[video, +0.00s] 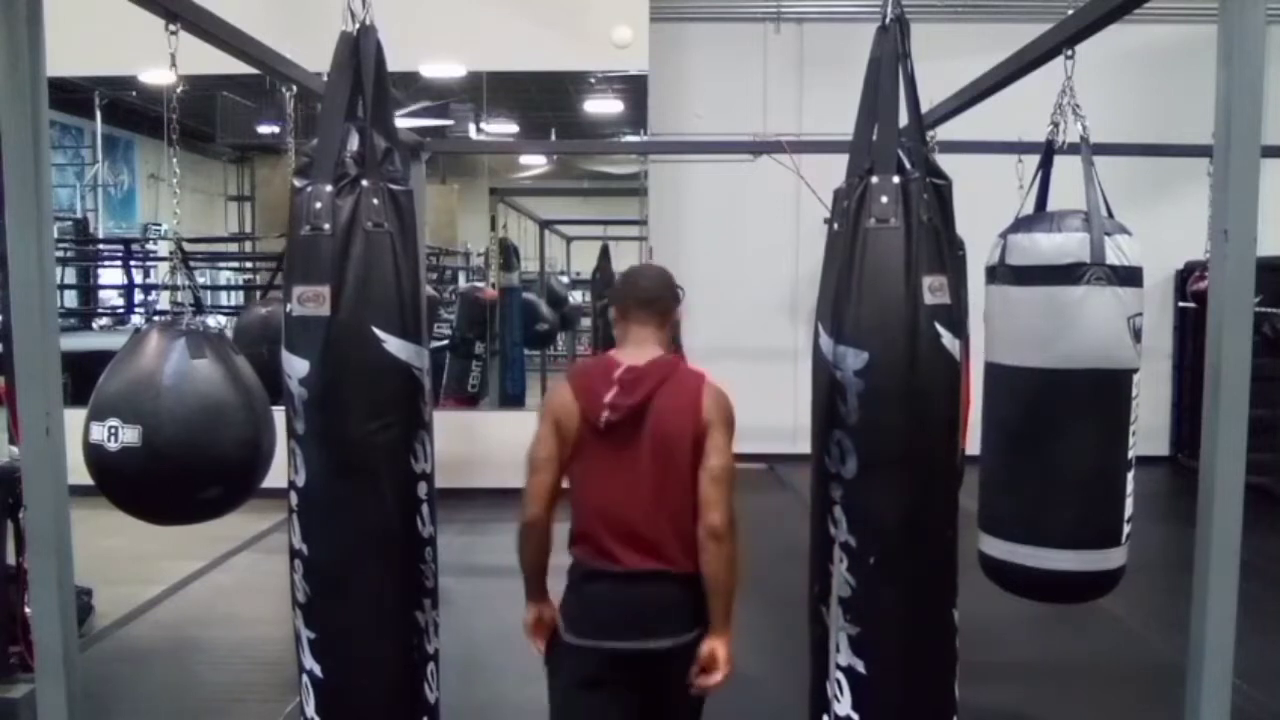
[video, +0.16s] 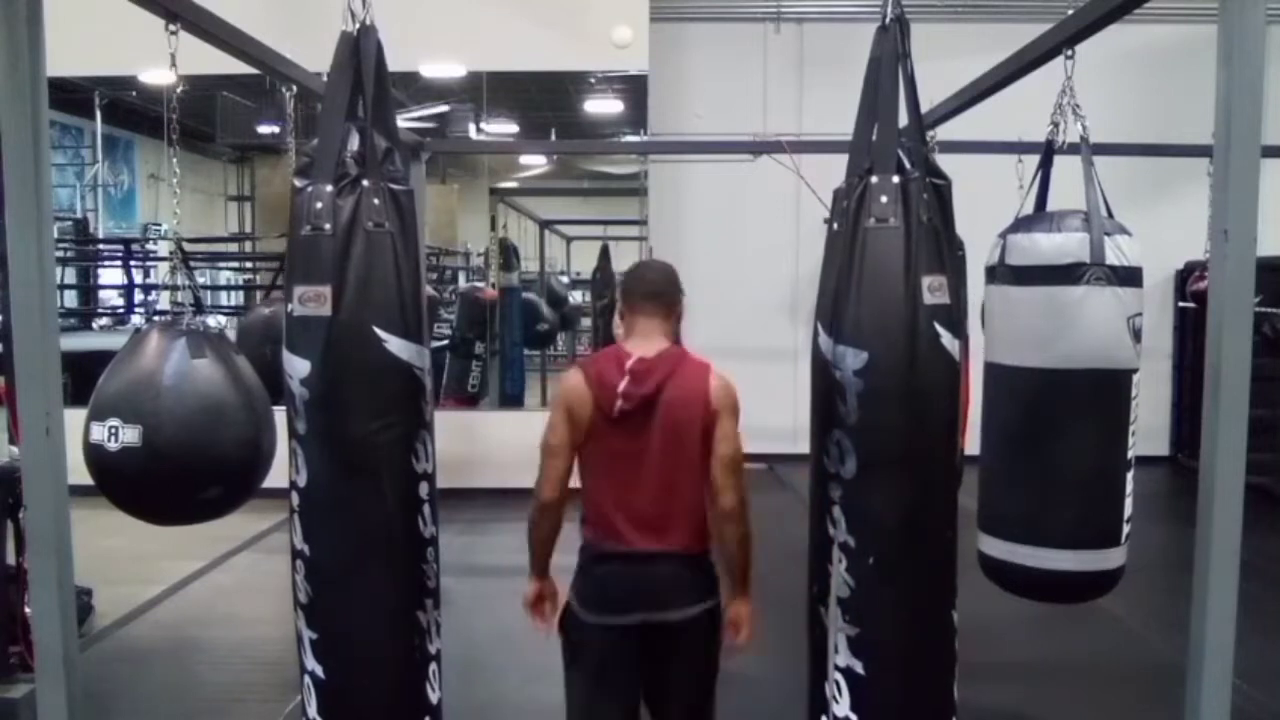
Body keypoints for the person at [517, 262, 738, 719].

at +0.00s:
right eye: (678, 309)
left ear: (614, 316)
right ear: (675, 315)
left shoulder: (569, 393)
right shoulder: (707, 399)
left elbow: (535, 513)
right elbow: (714, 525)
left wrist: (536, 597)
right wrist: (719, 629)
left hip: (591, 617)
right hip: (676, 619)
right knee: (669, 711)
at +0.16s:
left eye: (620, 311)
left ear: (621, 314)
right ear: (679, 312)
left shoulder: (578, 384)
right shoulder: (713, 388)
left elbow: (550, 496)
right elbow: (728, 504)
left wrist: (540, 574)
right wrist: (738, 591)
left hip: (602, 598)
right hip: (685, 600)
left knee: (598, 713)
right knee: (685, 712)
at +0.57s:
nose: (643, 315)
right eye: (639, 308)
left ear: (583, 314)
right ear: (630, 309)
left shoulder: (558, 384)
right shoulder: (677, 375)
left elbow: (549, 486)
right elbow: (711, 463)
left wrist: (543, 559)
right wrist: (725, 520)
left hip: (590, 561)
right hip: (664, 557)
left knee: (593, 684)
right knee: (678, 693)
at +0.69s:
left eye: (559, 307)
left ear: (567, 310)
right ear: (615, 304)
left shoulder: (555, 379)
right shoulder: (664, 368)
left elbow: (543, 482)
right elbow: (687, 456)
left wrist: (523, 543)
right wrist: (689, 515)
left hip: (583, 545)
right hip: (645, 538)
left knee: (588, 680)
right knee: (649, 650)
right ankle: (658, 713)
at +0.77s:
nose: (555, 315)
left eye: (556, 307)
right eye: (557, 307)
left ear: (566, 308)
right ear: (612, 305)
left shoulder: (558, 377)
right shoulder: (659, 366)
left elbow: (548, 477)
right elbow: (681, 451)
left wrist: (520, 537)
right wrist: (671, 503)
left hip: (585, 536)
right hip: (642, 527)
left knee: (586, 675)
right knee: (635, 645)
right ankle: (646, 714)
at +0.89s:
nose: (536, 316)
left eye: (541, 306)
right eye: (536, 307)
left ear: (568, 306)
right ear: (584, 305)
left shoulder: (579, 373)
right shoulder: (615, 356)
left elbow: (572, 470)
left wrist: (523, 531)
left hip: (596, 520)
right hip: (625, 512)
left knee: (583, 659)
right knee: (594, 651)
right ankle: (605, 710)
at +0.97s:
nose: (534, 319)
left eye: (539, 309)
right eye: (534, 310)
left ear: (568, 309)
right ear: (576, 308)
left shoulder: (589, 372)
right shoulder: (604, 358)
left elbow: (584, 470)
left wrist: (526, 537)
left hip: (597, 522)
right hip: (612, 516)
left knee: (583, 664)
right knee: (587, 660)